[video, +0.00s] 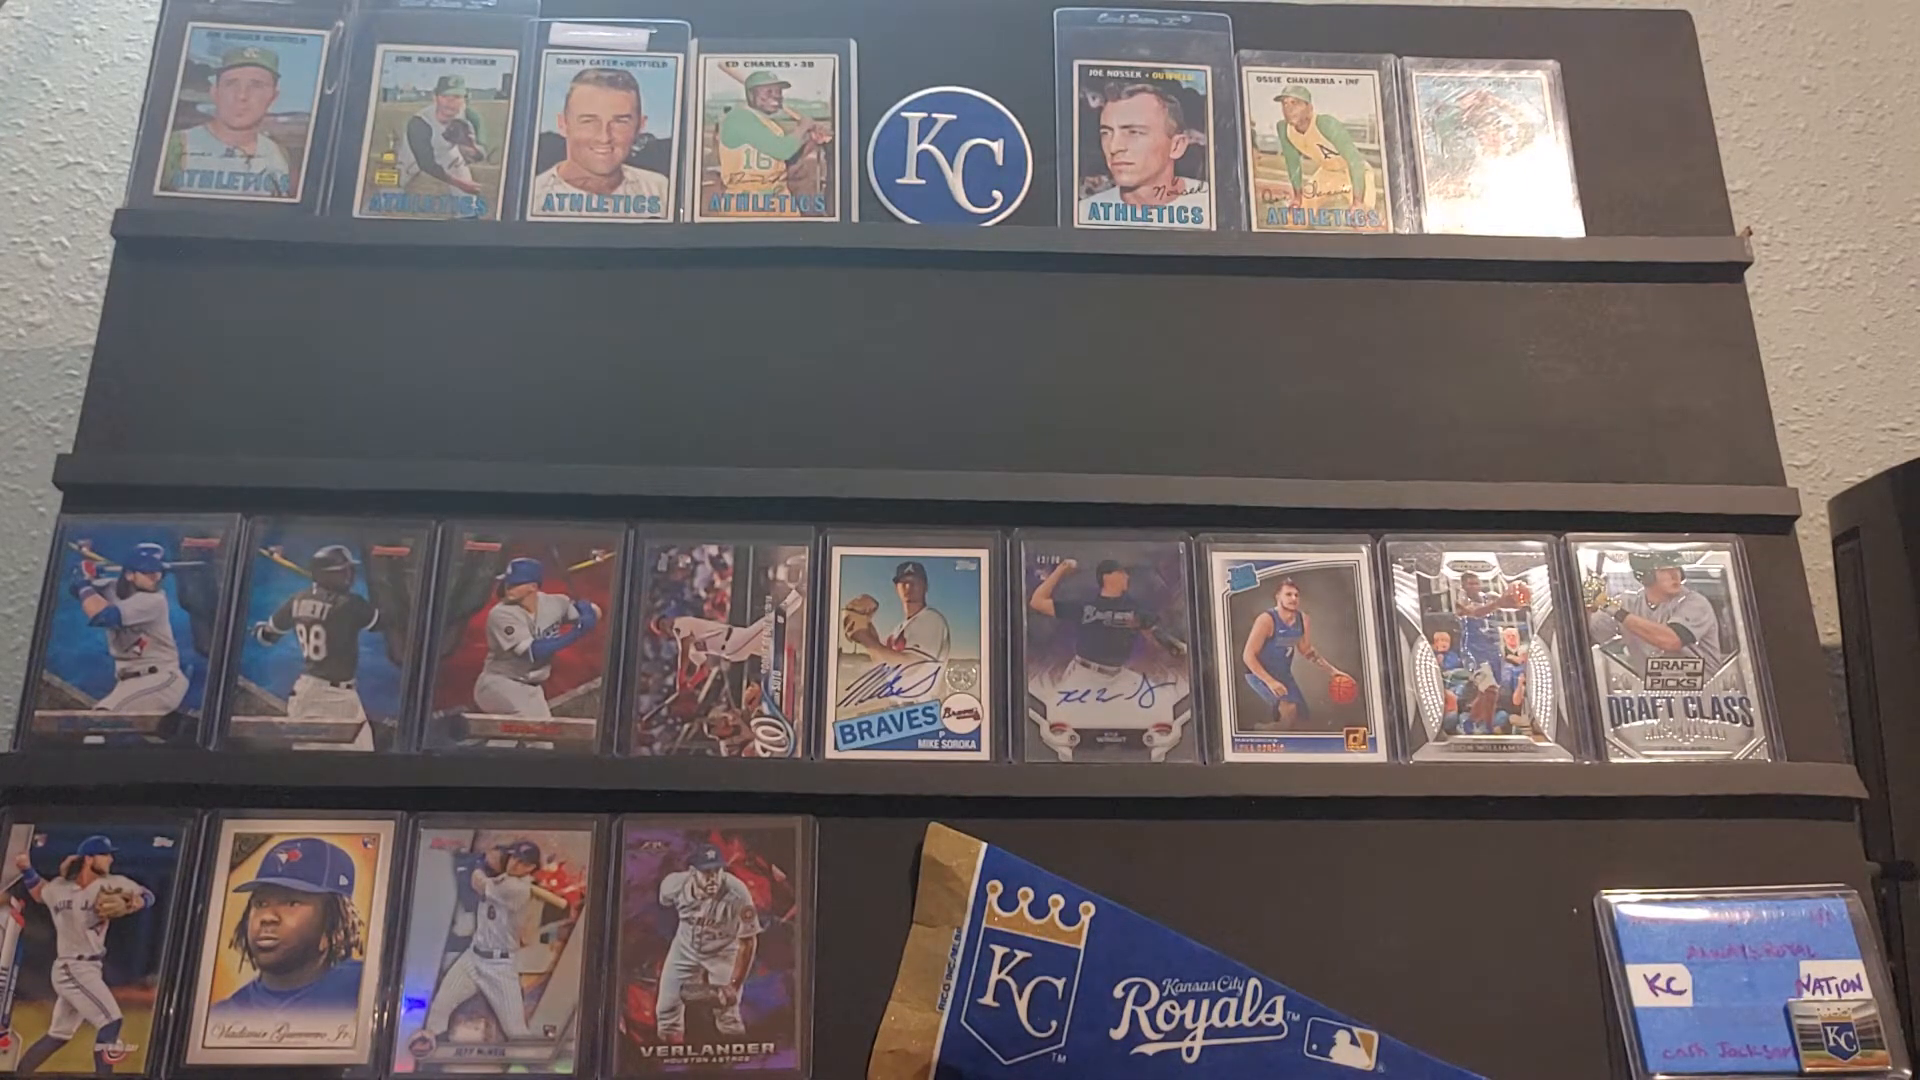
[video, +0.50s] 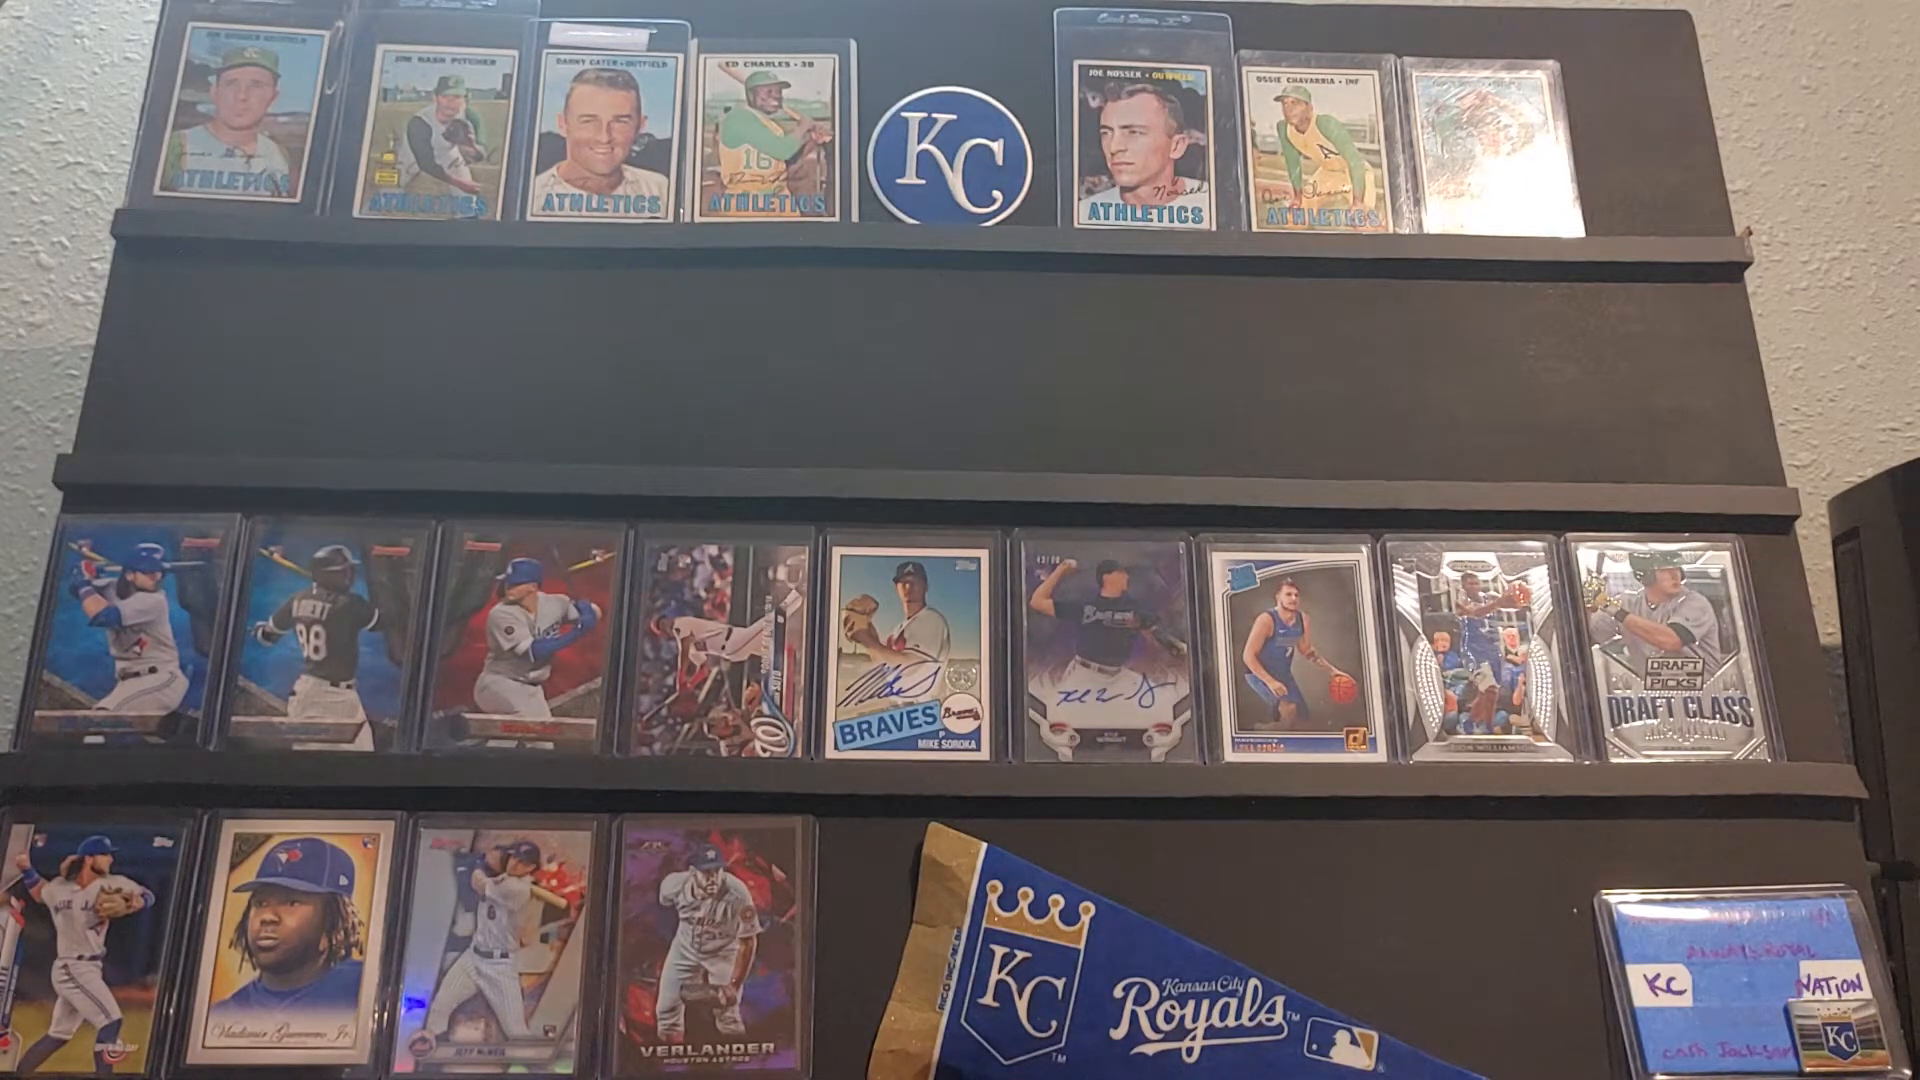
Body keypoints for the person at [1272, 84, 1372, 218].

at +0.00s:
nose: (1288, 108)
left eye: (1294, 103)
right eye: (1284, 104)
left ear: (1309, 107)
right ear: (1281, 107)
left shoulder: (1327, 123)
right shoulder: (1283, 128)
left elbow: (1355, 161)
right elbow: (1293, 163)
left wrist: (1358, 202)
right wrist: (1297, 198)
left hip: (1355, 172)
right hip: (1327, 172)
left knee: (1360, 219)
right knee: (1302, 208)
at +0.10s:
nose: (1288, 108)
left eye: (1294, 103)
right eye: (1284, 104)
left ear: (1309, 107)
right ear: (1281, 107)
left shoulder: (1327, 123)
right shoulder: (1283, 128)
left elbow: (1355, 161)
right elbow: (1293, 163)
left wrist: (1358, 202)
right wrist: (1297, 198)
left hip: (1355, 172)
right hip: (1327, 172)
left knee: (1360, 219)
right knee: (1302, 208)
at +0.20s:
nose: (1288, 108)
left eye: (1294, 103)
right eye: (1285, 104)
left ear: (1309, 107)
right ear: (1281, 107)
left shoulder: (1327, 123)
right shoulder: (1283, 128)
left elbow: (1355, 161)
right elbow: (1293, 163)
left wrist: (1358, 202)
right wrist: (1297, 198)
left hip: (1355, 172)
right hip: (1327, 172)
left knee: (1360, 219)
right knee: (1302, 208)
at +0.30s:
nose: (1288, 108)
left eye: (1294, 103)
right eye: (1285, 104)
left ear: (1309, 107)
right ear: (1281, 107)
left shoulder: (1327, 123)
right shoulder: (1283, 128)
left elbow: (1355, 161)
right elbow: (1293, 163)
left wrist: (1358, 202)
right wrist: (1297, 198)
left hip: (1355, 172)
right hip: (1327, 172)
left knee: (1360, 219)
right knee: (1302, 208)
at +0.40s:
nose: (1288, 108)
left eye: (1294, 103)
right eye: (1284, 104)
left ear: (1309, 107)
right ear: (1281, 107)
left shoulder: (1327, 123)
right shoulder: (1283, 128)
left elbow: (1355, 161)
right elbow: (1293, 163)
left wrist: (1358, 202)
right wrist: (1297, 198)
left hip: (1355, 172)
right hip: (1327, 172)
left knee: (1360, 219)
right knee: (1302, 209)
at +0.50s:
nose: (1288, 109)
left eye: (1294, 103)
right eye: (1285, 104)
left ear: (1309, 107)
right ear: (1281, 107)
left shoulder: (1327, 123)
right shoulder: (1283, 128)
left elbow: (1355, 161)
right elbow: (1293, 164)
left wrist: (1358, 202)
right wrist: (1297, 197)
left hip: (1355, 172)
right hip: (1327, 172)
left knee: (1360, 219)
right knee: (1302, 209)